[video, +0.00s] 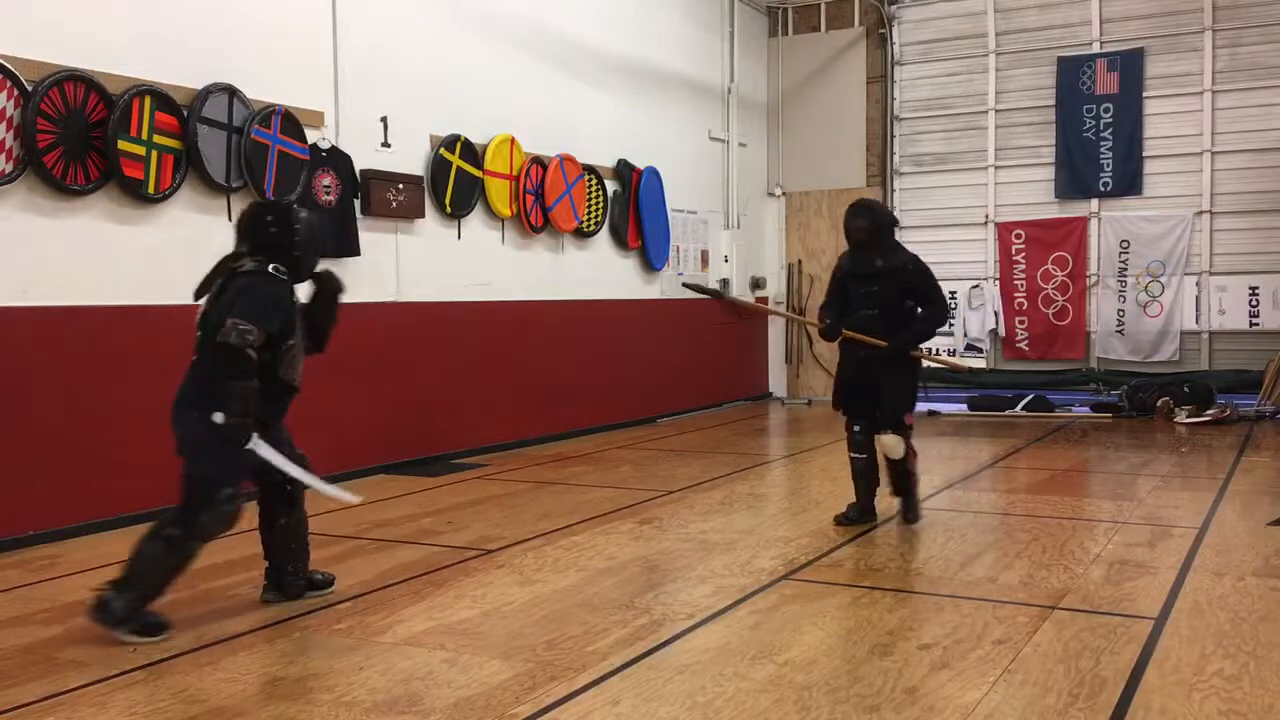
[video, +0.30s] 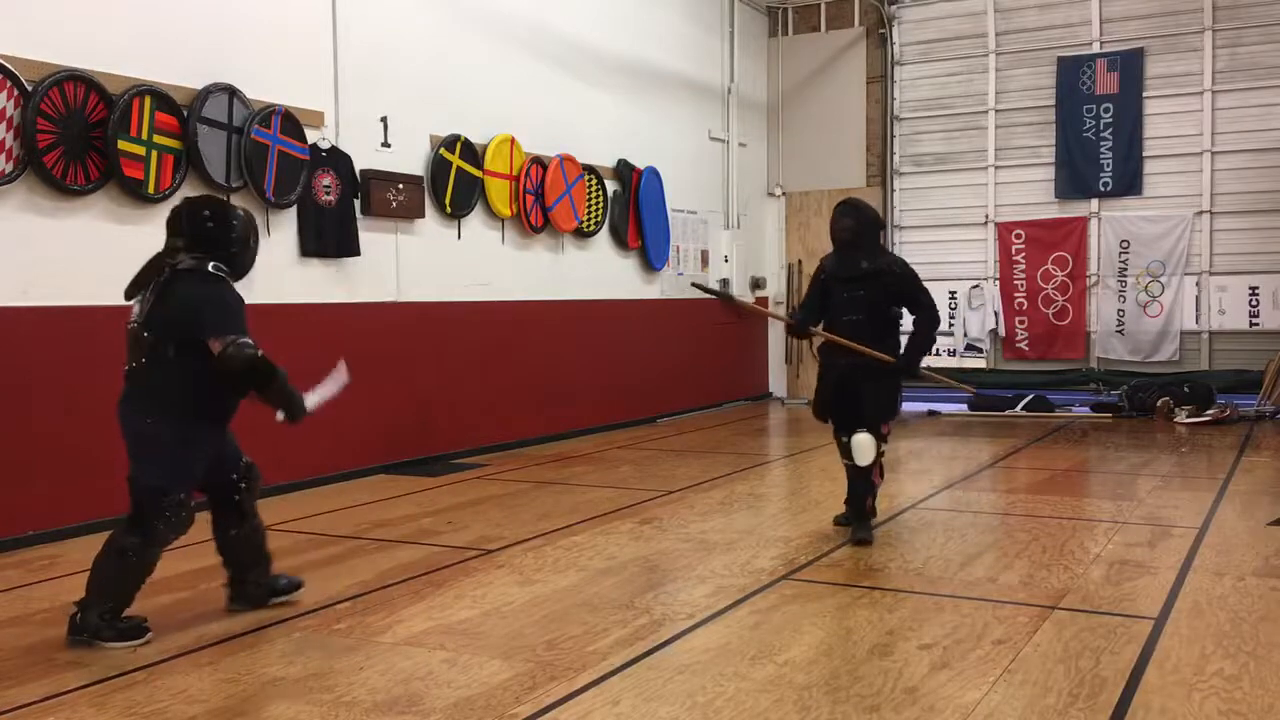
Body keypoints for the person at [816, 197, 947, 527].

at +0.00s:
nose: (854, 236)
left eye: (860, 229)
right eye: (850, 229)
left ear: (878, 228)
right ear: (847, 229)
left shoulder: (906, 264)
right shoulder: (847, 265)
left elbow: (938, 310)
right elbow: (831, 307)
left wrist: (908, 338)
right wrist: (829, 325)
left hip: (896, 362)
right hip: (856, 362)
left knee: (890, 437)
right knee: (857, 434)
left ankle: (907, 495)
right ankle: (864, 506)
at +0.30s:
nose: (836, 233)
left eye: (843, 226)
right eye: (834, 226)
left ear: (863, 228)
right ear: (832, 229)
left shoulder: (891, 268)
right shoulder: (829, 267)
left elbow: (928, 317)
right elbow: (812, 308)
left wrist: (910, 358)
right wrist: (799, 323)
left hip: (878, 364)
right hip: (837, 364)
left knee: (866, 439)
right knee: (846, 439)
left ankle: (861, 517)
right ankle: (859, 506)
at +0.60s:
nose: (825, 225)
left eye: (832, 217)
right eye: (824, 218)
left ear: (852, 220)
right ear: (823, 221)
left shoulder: (883, 264)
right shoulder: (818, 263)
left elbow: (920, 312)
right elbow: (793, 304)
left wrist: (925, 360)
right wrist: (767, 322)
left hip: (868, 364)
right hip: (823, 363)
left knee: (861, 444)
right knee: (809, 438)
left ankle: (861, 520)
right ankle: (831, 501)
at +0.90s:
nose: (798, 240)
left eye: (805, 232)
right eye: (795, 233)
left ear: (823, 233)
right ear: (791, 234)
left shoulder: (859, 273)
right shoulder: (792, 275)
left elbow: (905, 317)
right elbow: (766, 318)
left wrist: (899, 365)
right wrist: (731, 336)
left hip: (850, 382)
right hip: (802, 381)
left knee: (851, 463)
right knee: (789, 457)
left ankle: (859, 524)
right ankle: (787, 535)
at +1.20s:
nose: (800, 242)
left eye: (807, 234)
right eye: (794, 235)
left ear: (826, 233)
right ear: (788, 237)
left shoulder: (858, 271)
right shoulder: (788, 276)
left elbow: (911, 304)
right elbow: (761, 322)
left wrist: (915, 359)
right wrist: (729, 357)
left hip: (852, 381)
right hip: (801, 381)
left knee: (858, 466)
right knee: (790, 460)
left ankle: (856, 531)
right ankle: (788, 535)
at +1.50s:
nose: (809, 244)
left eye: (816, 237)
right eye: (803, 238)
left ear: (836, 237)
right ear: (796, 240)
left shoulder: (864, 278)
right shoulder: (793, 282)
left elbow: (915, 314)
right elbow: (769, 329)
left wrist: (936, 363)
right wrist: (743, 365)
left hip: (852, 389)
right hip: (801, 390)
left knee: (856, 470)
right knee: (786, 462)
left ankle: (857, 534)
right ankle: (780, 539)